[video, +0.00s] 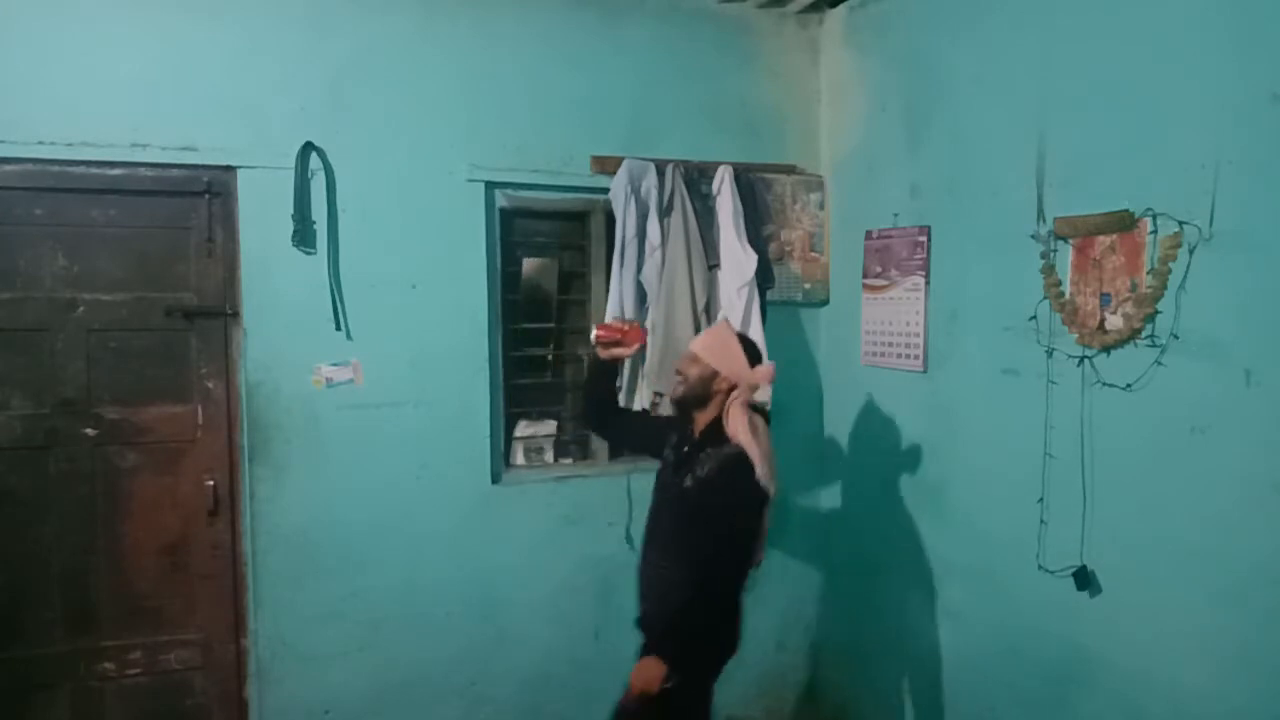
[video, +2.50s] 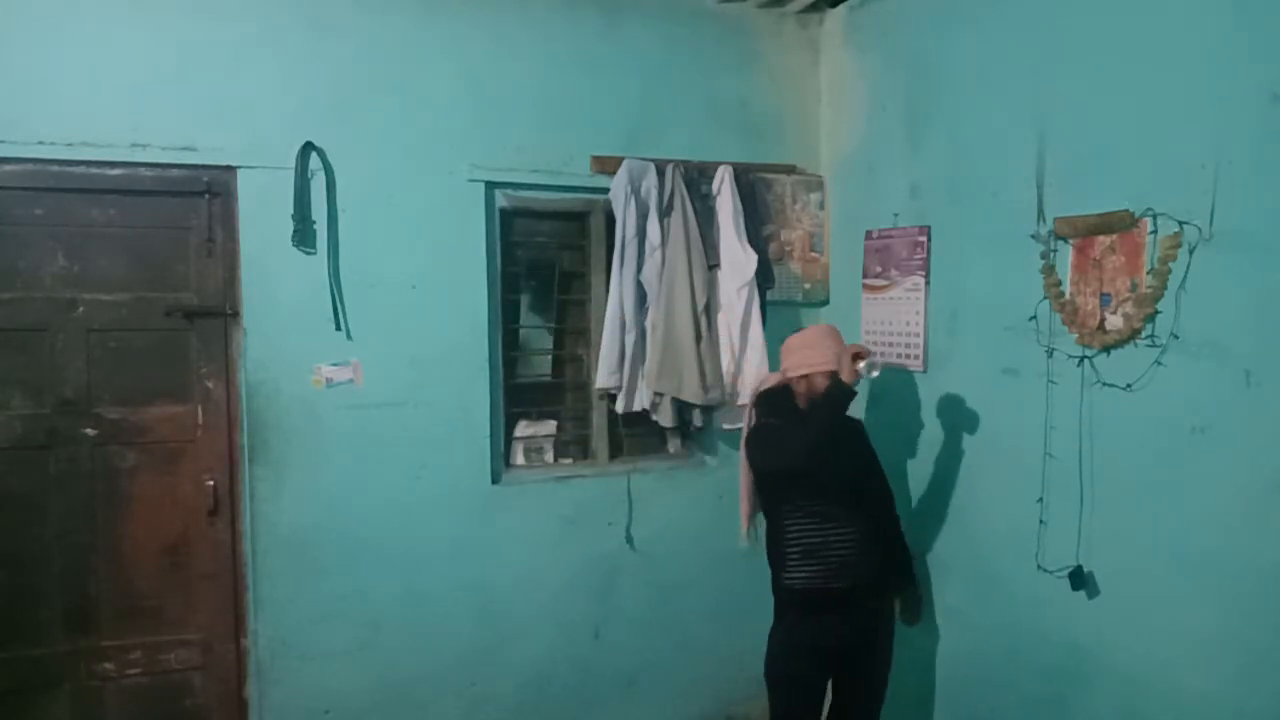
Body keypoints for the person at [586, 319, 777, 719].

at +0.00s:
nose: (679, 365)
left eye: (694, 360)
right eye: (686, 356)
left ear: (725, 382)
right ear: (720, 382)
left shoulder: (738, 463)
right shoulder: (680, 434)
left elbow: (718, 577)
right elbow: (602, 417)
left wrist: (664, 653)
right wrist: (605, 363)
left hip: (697, 636)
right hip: (663, 627)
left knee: (634, 710)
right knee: (683, 713)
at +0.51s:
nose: (709, 374)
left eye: (724, 366)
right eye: (712, 363)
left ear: (759, 385)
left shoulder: (789, 476)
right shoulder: (705, 443)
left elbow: (789, 590)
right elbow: (630, 426)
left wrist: (760, 688)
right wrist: (632, 361)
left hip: (736, 647)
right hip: (678, 638)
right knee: (676, 710)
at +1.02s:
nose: (707, 381)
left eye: (719, 369)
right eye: (698, 371)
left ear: (746, 375)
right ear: (688, 379)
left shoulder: (791, 450)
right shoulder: (689, 440)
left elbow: (841, 539)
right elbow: (624, 445)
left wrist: (870, 633)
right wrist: (643, 375)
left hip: (769, 622)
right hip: (699, 618)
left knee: (756, 708)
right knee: (691, 708)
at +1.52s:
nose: (754, 408)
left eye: (762, 396)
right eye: (740, 398)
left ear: (774, 393)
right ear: (716, 399)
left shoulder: (806, 439)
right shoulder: (697, 446)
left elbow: (849, 501)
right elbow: (674, 510)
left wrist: (874, 568)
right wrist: (710, 459)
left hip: (806, 601)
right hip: (731, 602)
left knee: (820, 709)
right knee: (727, 710)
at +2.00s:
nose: (825, 382)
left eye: (828, 373)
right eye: (814, 372)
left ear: (834, 371)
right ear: (783, 375)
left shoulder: (834, 422)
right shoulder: (758, 422)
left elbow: (863, 505)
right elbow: (775, 470)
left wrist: (886, 581)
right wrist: (838, 393)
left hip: (846, 604)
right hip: (781, 605)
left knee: (849, 710)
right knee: (770, 710)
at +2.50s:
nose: (838, 383)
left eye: (840, 375)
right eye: (830, 375)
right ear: (800, 379)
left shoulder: (851, 431)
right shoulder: (769, 435)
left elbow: (883, 511)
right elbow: (797, 456)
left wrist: (905, 583)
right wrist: (845, 388)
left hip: (865, 607)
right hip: (802, 609)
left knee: (859, 710)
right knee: (795, 711)